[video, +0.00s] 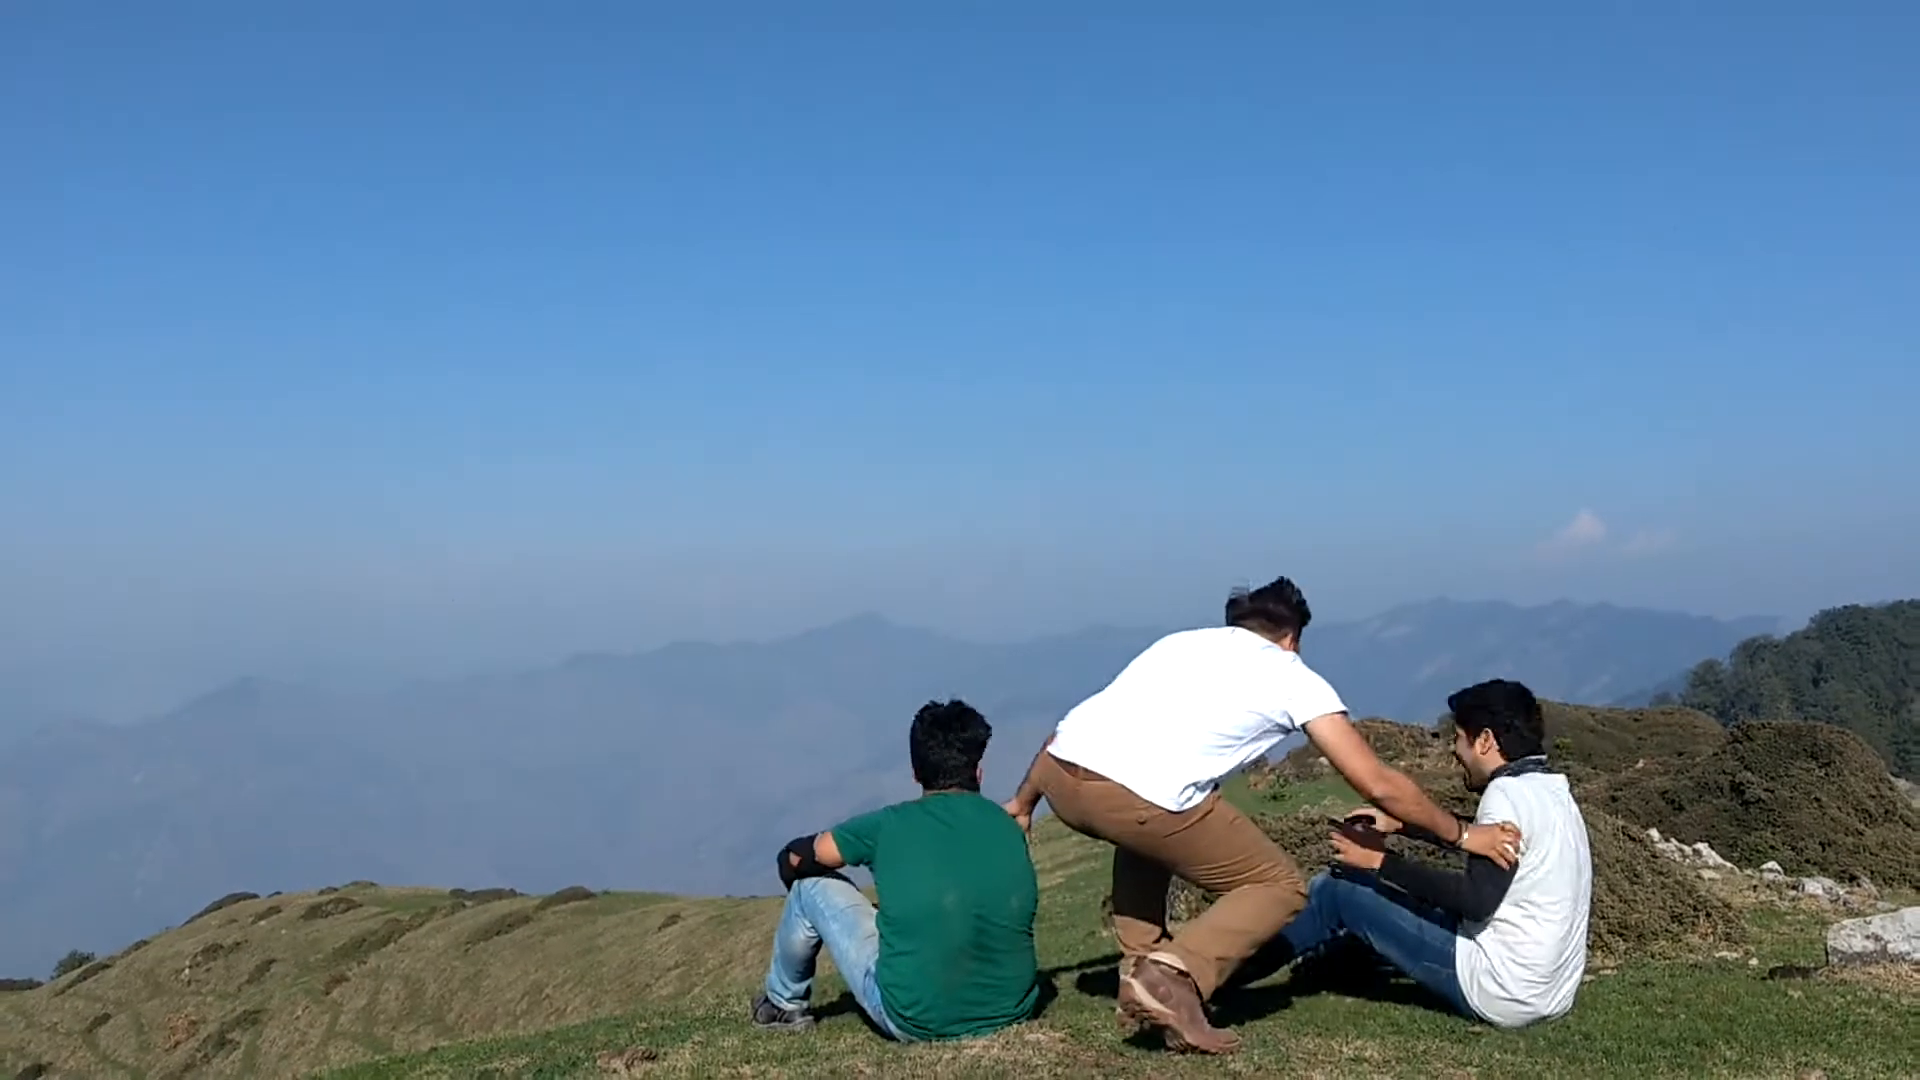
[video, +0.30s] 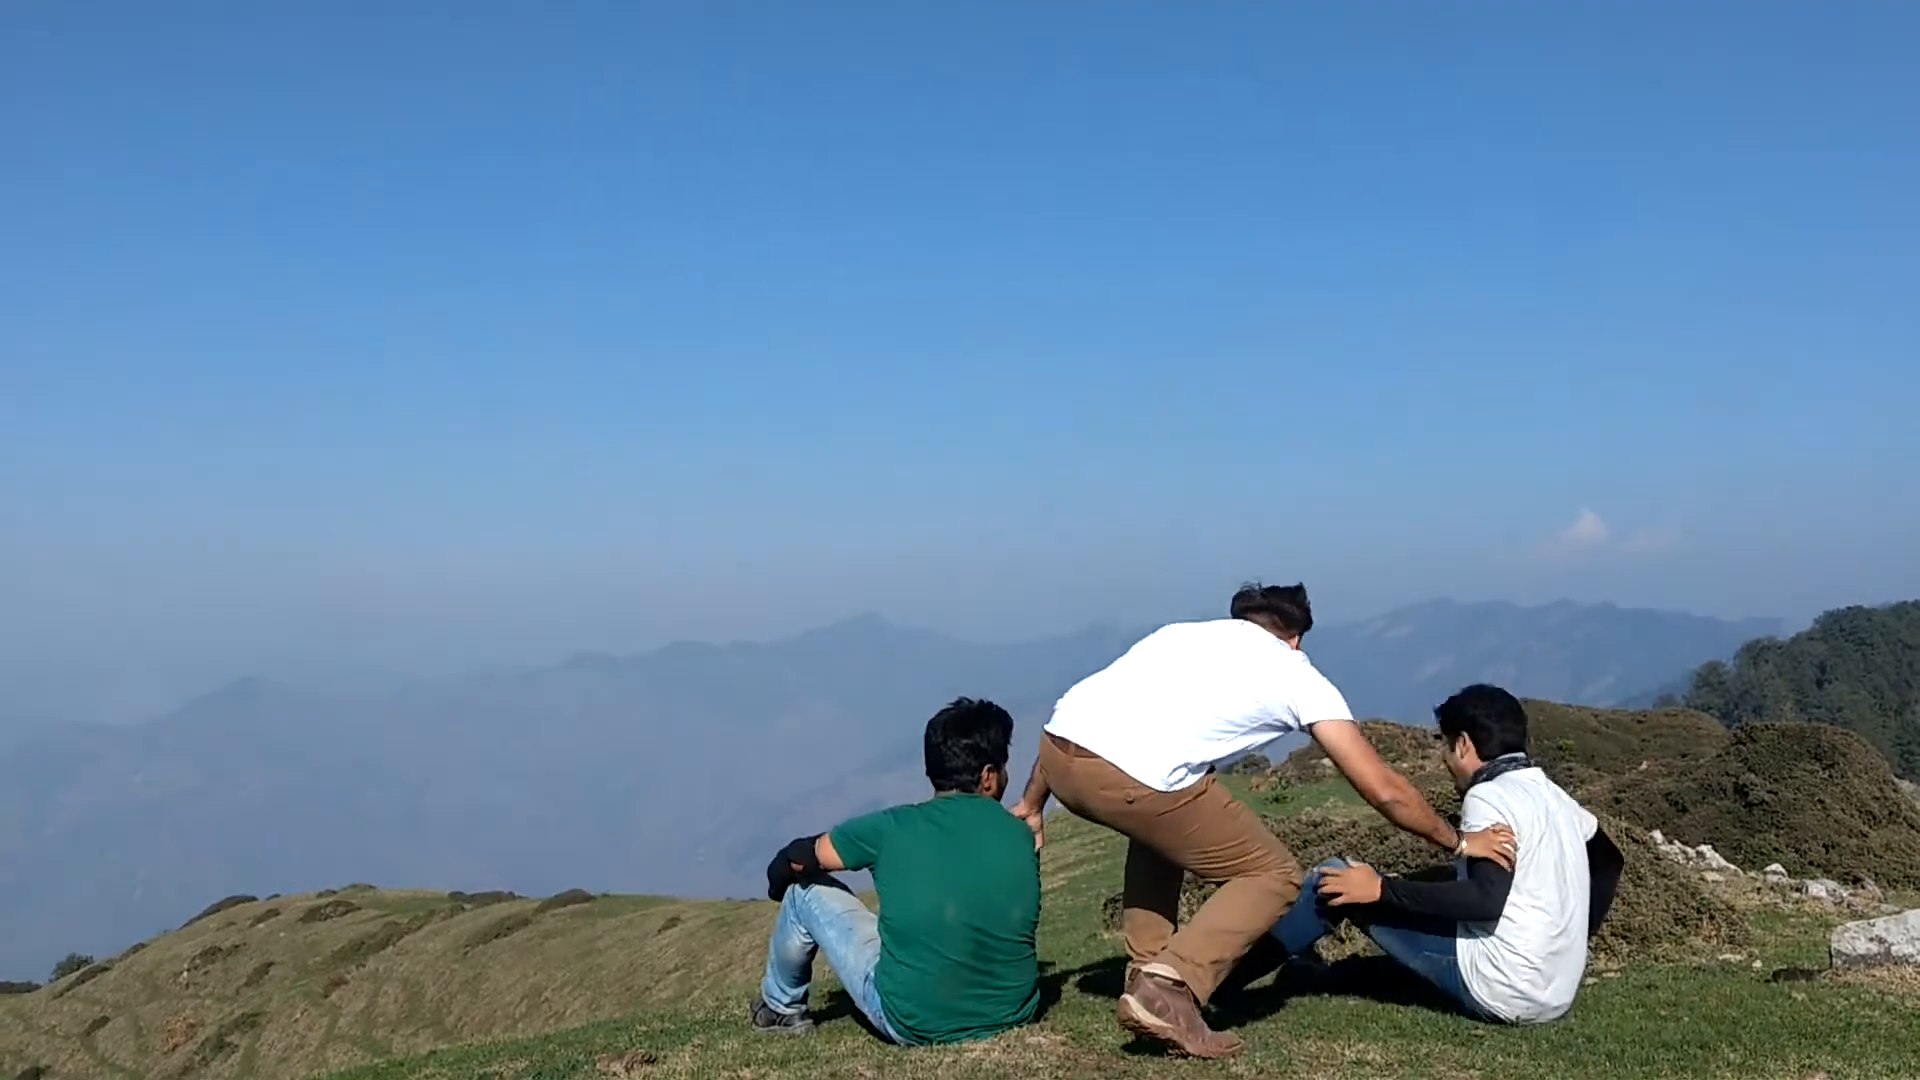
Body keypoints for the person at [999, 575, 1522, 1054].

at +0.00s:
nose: (1300, 651)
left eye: (1298, 645)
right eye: (1302, 644)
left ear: (1236, 623)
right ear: (1291, 637)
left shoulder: (1179, 643)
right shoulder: (1291, 676)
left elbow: (1075, 724)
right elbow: (1378, 785)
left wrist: (1022, 798)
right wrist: (1463, 834)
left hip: (1065, 777)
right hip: (1143, 797)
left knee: (1148, 829)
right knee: (1276, 882)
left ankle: (1143, 970)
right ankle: (1177, 970)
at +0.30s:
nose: (1299, 652)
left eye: (1297, 643)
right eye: (1300, 643)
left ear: (1240, 620)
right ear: (1291, 635)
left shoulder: (1182, 635)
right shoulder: (1295, 674)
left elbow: (1082, 706)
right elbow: (1384, 791)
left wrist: (1031, 800)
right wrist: (1456, 840)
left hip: (1064, 755)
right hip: (1136, 778)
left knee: (1162, 822)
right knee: (1272, 874)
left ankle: (1149, 965)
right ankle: (1171, 981)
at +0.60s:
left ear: (1187, 547)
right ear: (1251, 560)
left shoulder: (1140, 562)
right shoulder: (1267, 590)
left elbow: (1032, 655)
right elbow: (1343, 727)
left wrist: (1013, 746)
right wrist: (1313, 791)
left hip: (1062, 686)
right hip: (1154, 705)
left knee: (1115, 837)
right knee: (1228, 850)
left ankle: (1125, 978)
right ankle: (1158, 1009)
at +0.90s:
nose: (1226, 564)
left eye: (1226, 557)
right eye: (1228, 556)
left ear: (1158, 538)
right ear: (1217, 550)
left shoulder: (1097, 559)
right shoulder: (1231, 587)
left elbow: (996, 667)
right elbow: (1253, 703)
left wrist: (945, 763)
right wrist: (1220, 782)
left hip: (1028, 687)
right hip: (1122, 703)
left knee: (1024, 831)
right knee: (1201, 842)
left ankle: (953, 1004)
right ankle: (1152, 1015)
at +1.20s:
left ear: (1090, 568)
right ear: (1152, 579)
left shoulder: (1033, 589)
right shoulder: (1166, 614)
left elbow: (939, 700)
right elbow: (1169, 733)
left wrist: (926, 801)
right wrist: (1188, 820)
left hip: (957, 726)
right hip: (1051, 738)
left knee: (976, 851)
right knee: (1176, 842)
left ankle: (928, 1020)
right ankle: (1150, 1020)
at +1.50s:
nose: (1144, 586)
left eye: (1145, 574)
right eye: (1143, 573)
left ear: (1072, 562)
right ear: (1122, 568)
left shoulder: (1004, 598)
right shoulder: (1134, 614)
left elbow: (911, 710)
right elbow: (1146, 739)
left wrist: (915, 807)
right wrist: (1183, 816)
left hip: (936, 743)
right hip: (1030, 753)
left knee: (962, 853)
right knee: (1172, 841)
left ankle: (927, 1022)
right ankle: (1149, 1021)